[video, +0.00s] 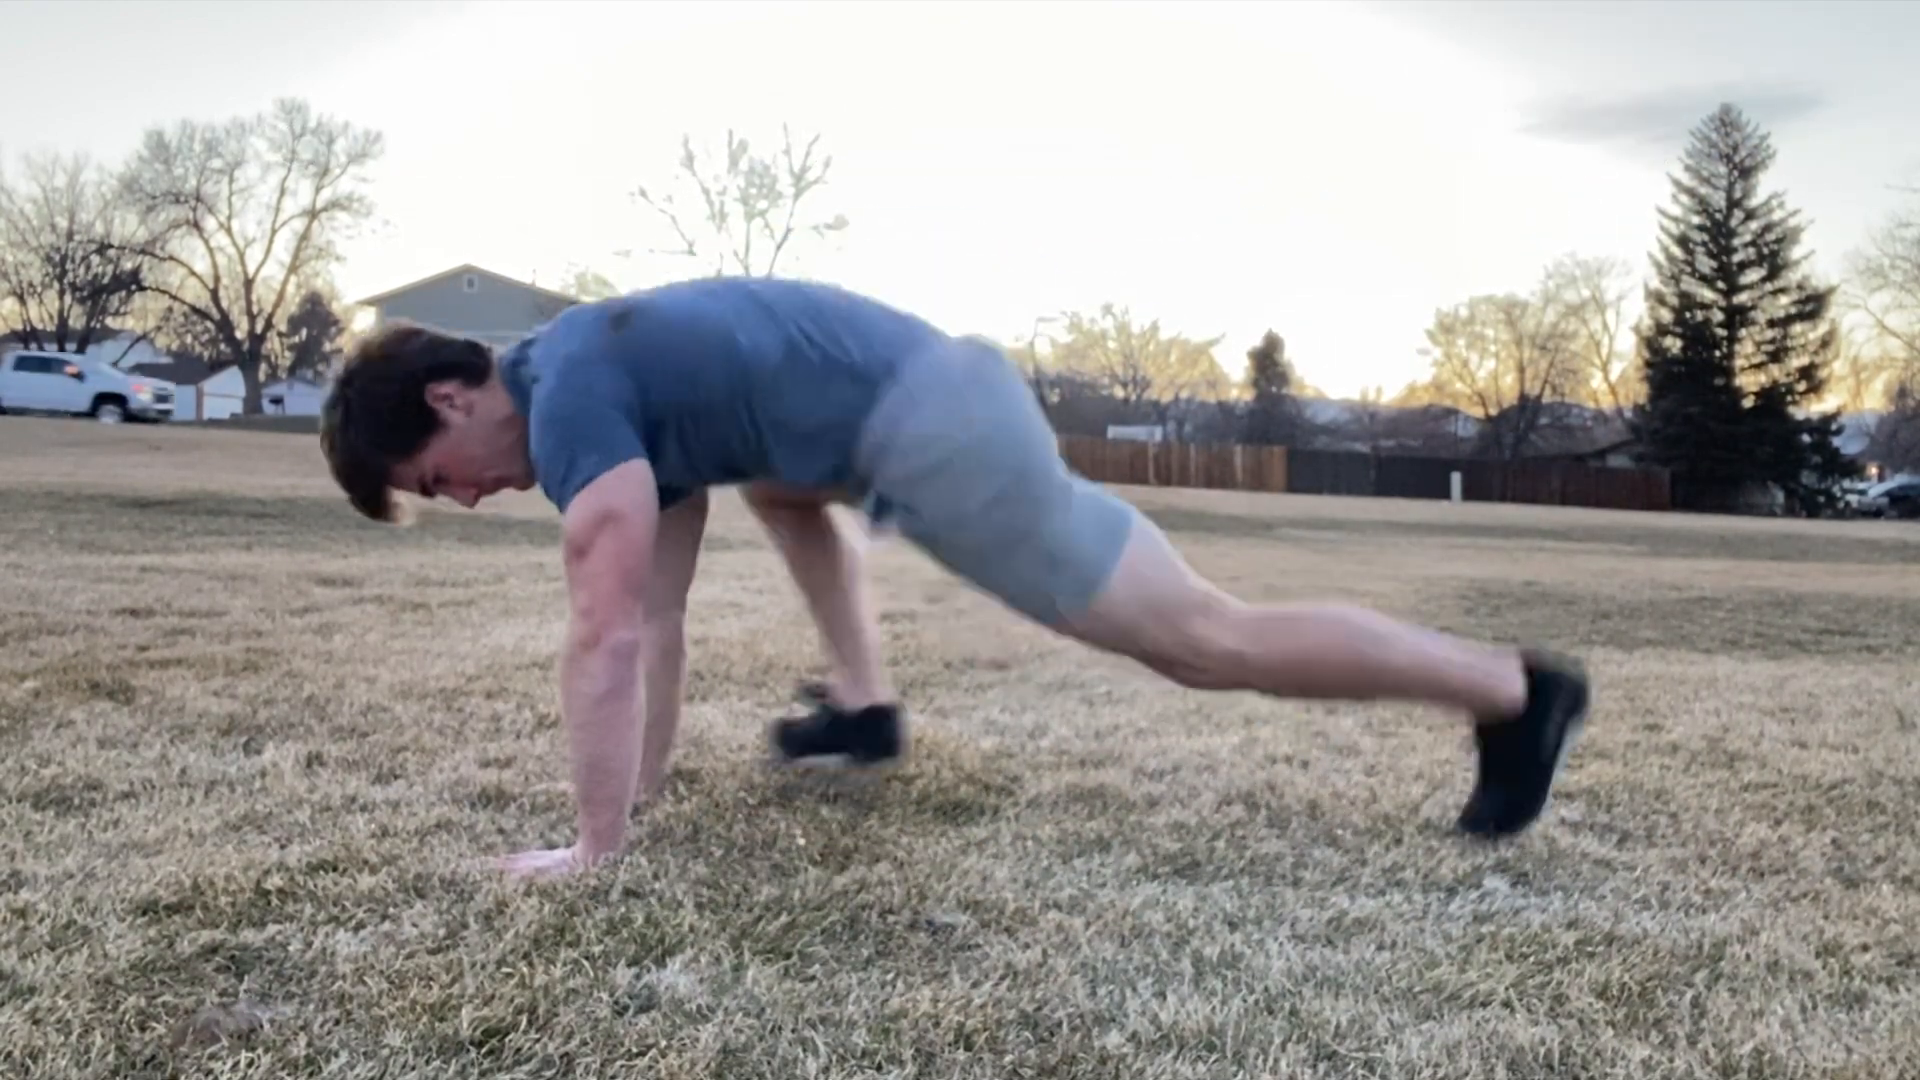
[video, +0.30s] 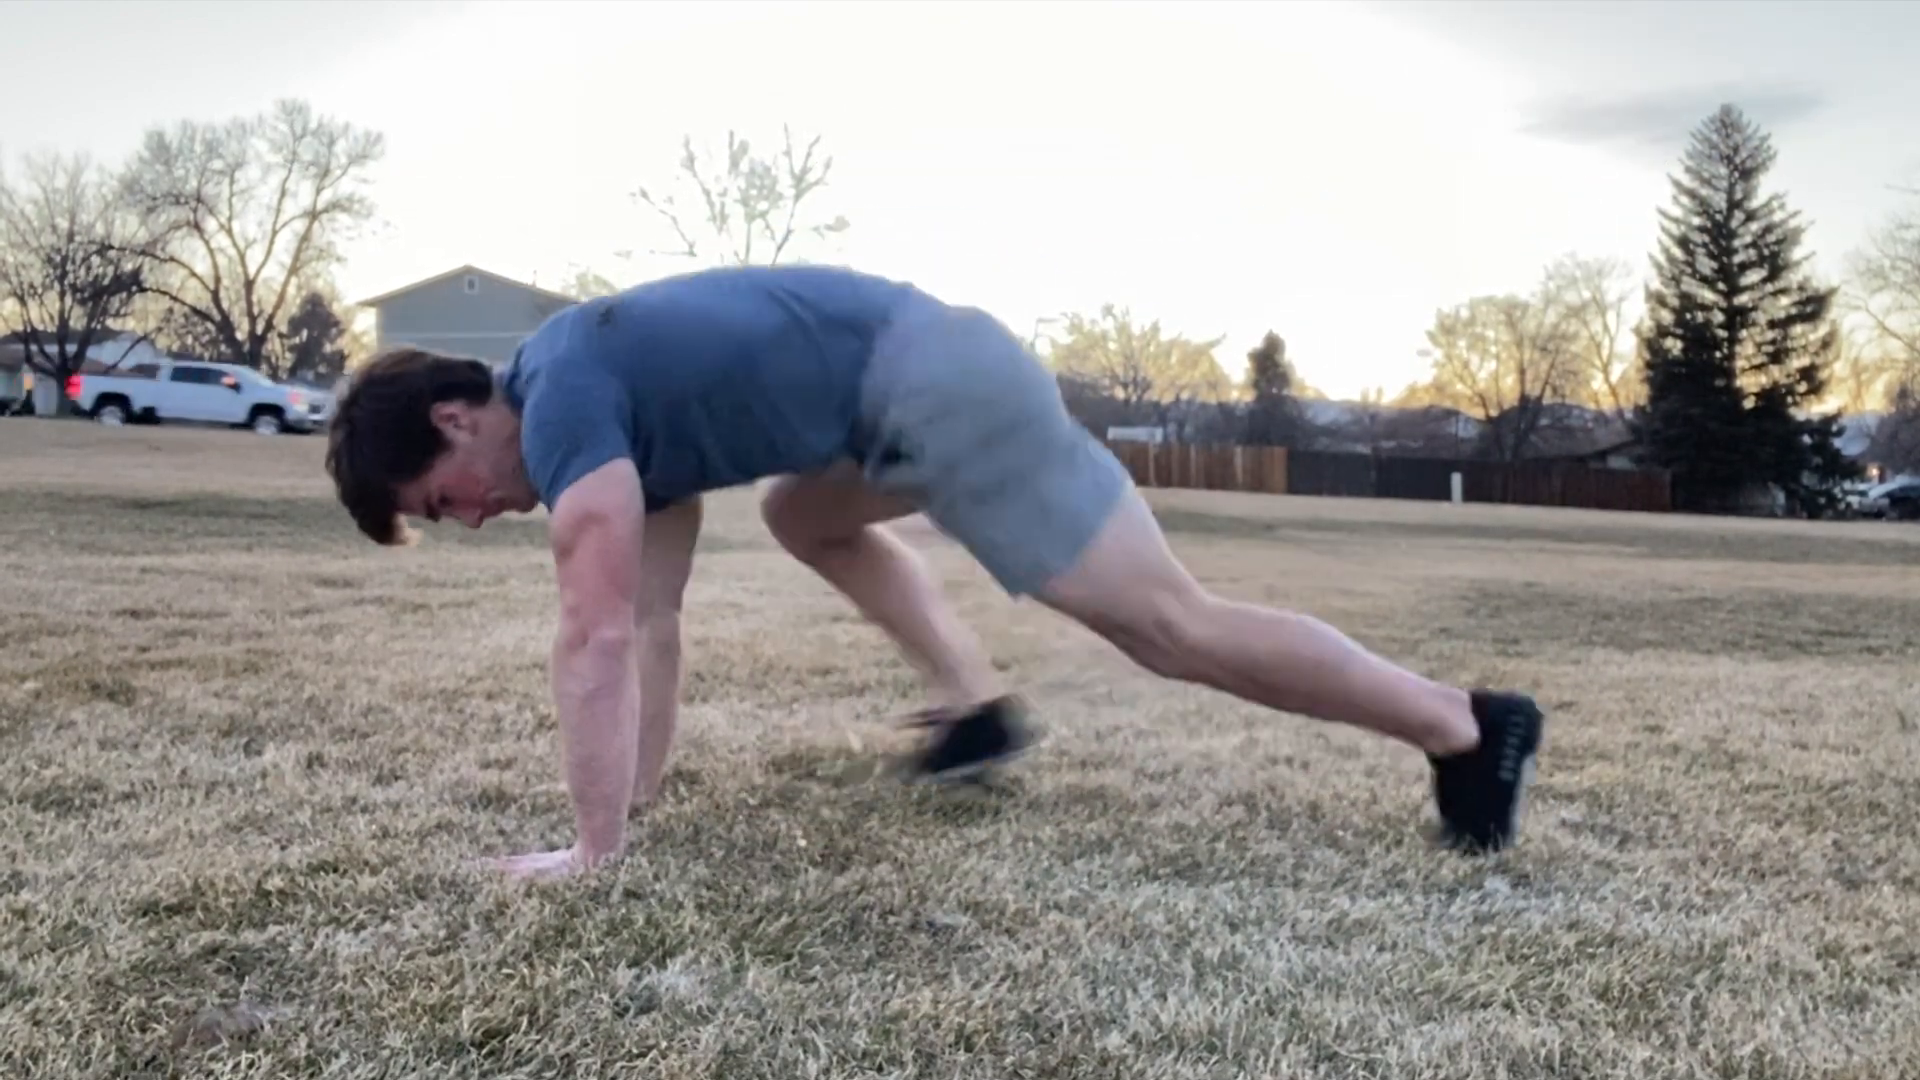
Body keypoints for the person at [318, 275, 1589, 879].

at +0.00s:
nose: (457, 500)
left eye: (434, 476)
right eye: (432, 493)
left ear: (454, 399)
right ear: (463, 398)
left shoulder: (570, 379)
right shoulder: (598, 371)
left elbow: (617, 607)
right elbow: (647, 619)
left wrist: (598, 838)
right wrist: (632, 804)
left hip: (937, 419)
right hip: (908, 409)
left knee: (1202, 640)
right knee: (757, 469)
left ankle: (1514, 692)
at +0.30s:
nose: (465, 517)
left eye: (440, 494)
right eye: (439, 512)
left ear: (457, 416)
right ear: (466, 420)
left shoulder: (567, 378)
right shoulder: (607, 385)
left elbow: (598, 620)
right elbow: (646, 618)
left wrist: (596, 849)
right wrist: (646, 784)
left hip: (937, 375)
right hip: (899, 391)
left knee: (1172, 627)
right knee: (809, 512)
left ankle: (1470, 727)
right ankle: (975, 707)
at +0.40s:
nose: (465, 530)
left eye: (437, 512)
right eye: (437, 527)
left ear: (439, 438)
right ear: (450, 434)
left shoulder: (568, 378)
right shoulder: (576, 390)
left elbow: (606, 630)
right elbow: (641, 602)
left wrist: (588, 848)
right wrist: (646, 774)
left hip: (930, 288)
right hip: (886, 347)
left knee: (1031, 596)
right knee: (924, 602)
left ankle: (1350, 694)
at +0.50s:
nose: (453, 528)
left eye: (427, 509)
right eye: (425, 523)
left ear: (440, 432)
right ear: (447, 426)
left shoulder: (578, 372)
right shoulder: (573, 387)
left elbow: (610, 628)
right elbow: (635, 607)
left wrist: (590, 843)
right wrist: (644, 777)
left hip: (935, 296)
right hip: (928, 348)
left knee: (838, 494)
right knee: (1080, 610)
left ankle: (1073, 720)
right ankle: (1362, 589)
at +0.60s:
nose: (447, 513)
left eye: (423, 489)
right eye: (420, 507)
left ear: (443, 411)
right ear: (447, 420)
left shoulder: (596, 367)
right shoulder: (574, 398)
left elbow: (618, 633)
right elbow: (626, 624)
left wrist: (592, 846)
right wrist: (615, 798)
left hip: (949, 343)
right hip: (928, 433)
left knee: (764, 430)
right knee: (1148, 612)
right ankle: (1437, 658)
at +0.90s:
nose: (462, 522)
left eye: (438, 500)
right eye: (437, 516)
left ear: (454, 425)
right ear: (459, 428)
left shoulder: (601, 366)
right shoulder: (586, 400)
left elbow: (622, 638)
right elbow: (631, 631)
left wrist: (593, 849)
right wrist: (616, 803)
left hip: (955, 334)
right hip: (961, 386)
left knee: (763, 456)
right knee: (1140, 607)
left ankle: (942, 765)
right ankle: (1422, 727)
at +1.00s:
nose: (465, 533)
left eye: (437, 514)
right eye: (439, 528)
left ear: (444, 438)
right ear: (457, 426)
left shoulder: (576, 376)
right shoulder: (579, 383)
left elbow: (612, 628)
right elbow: (638, 602)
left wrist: (592, 846)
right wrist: (650, 760)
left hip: (922, 272)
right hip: (954, 283)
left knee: (882, 575)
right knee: (992, 570)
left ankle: (1206, 641)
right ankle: (1285, 657)